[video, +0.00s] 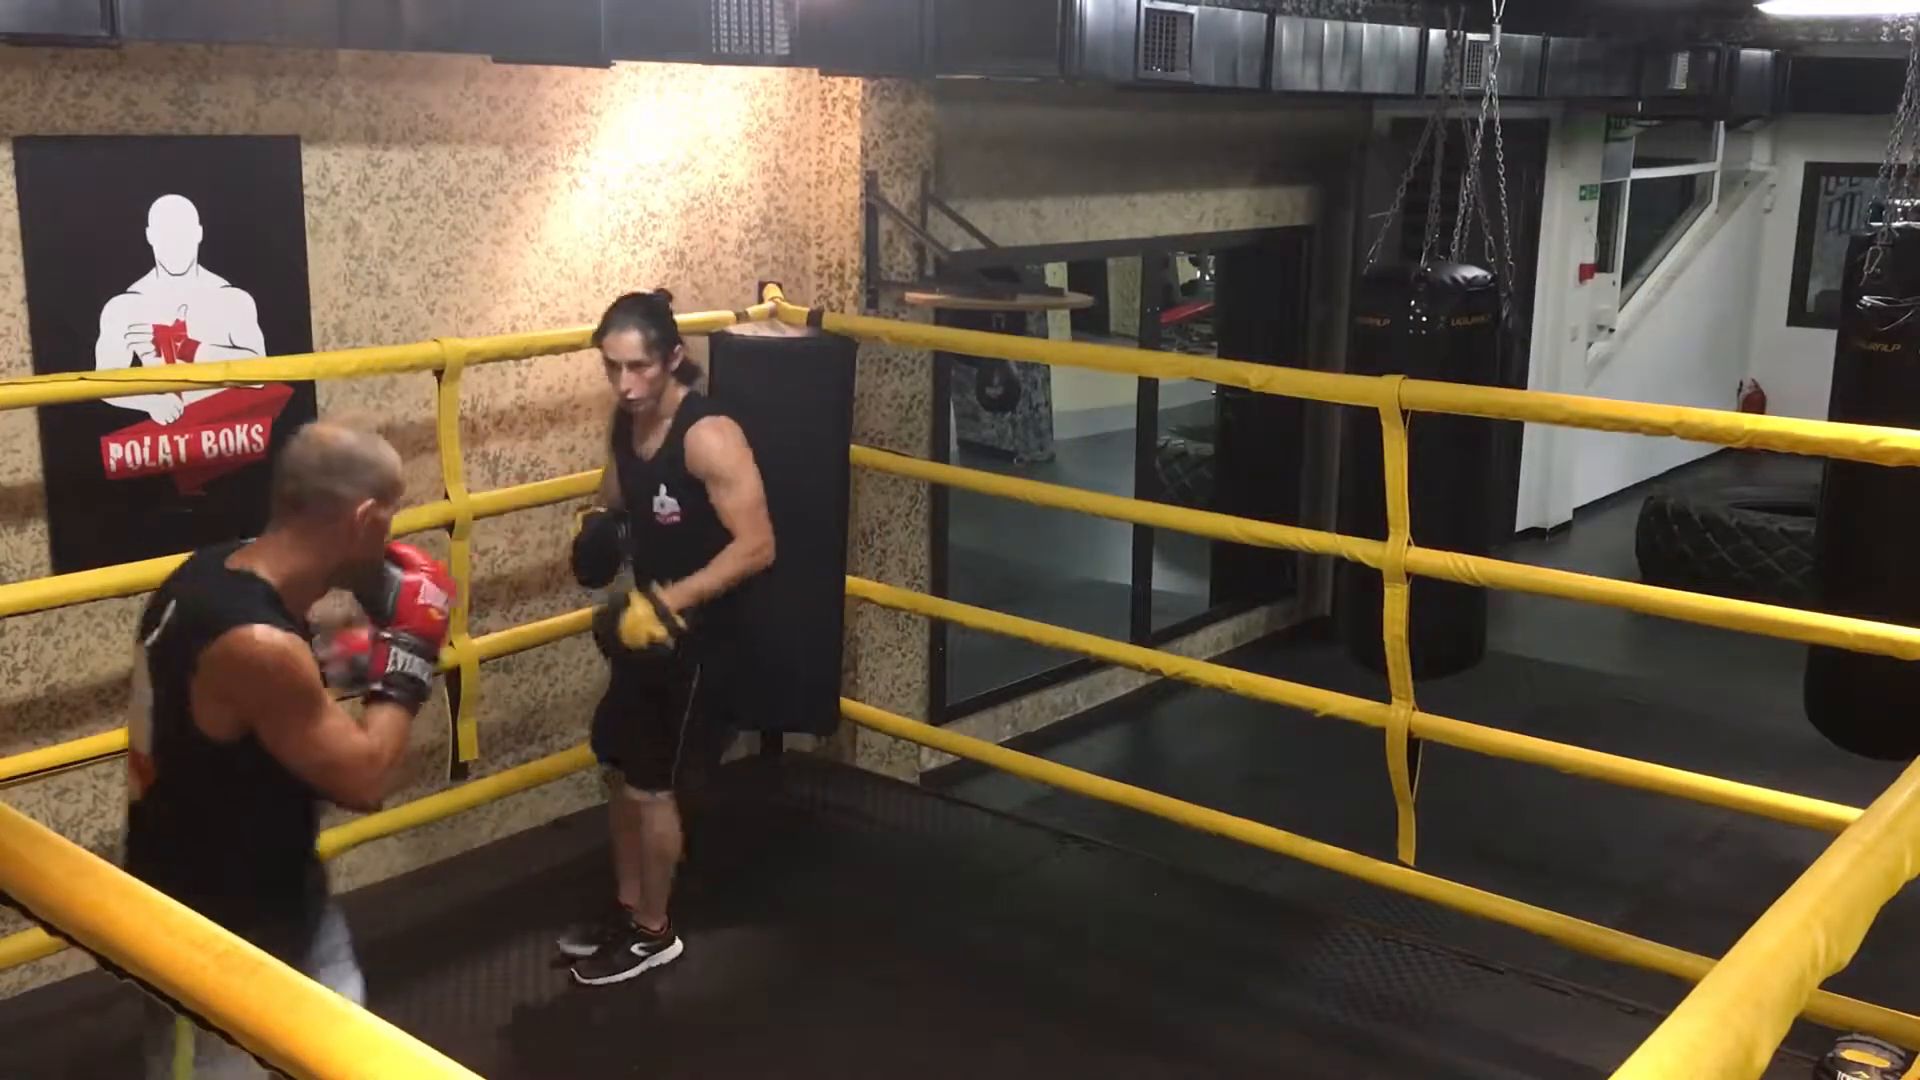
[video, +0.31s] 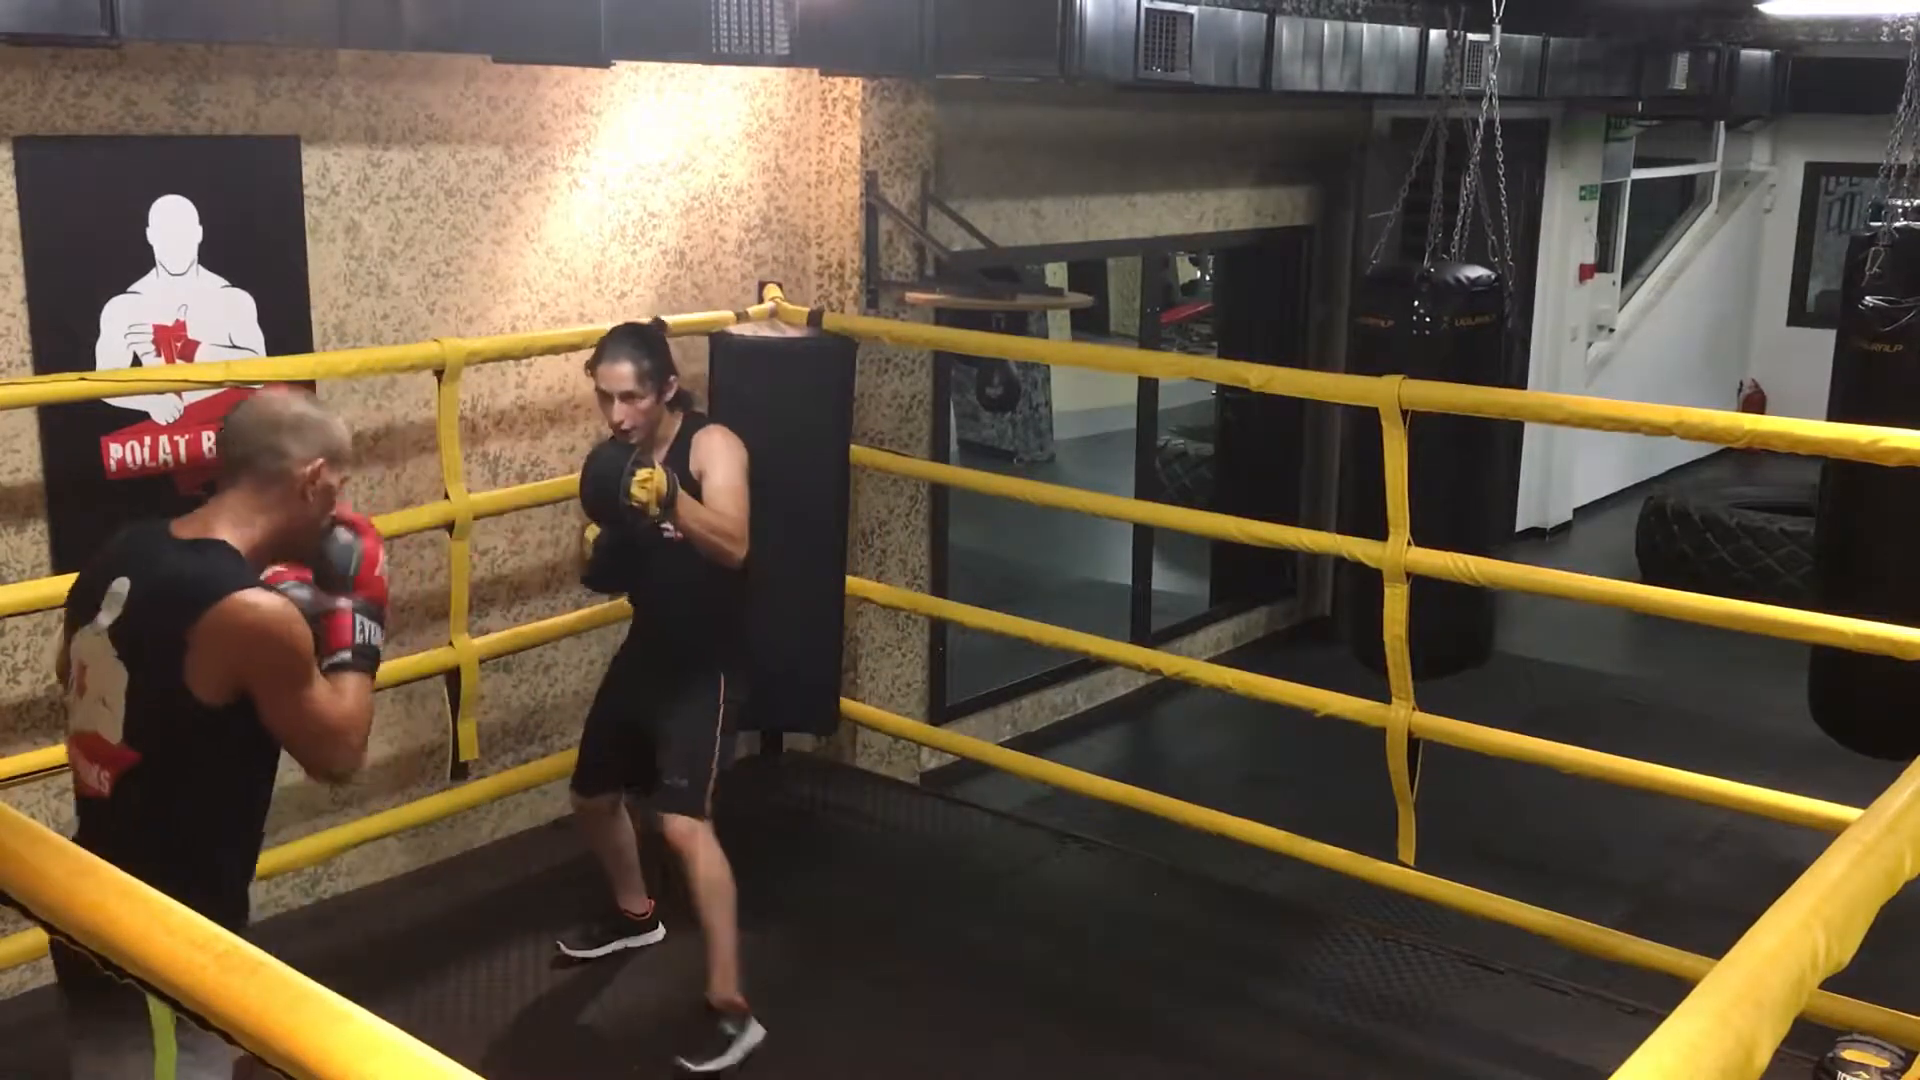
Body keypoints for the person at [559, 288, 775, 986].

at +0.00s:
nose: (626, 384)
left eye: (639, 366)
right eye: (614, 369)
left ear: (673, 358)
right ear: (606, 367)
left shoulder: (710, 435)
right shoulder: (628, 422)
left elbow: (758, 544)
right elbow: (617, 506)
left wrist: (667, 599)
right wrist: (596, 537)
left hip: (703, 636)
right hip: (648, 623)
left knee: (654, 780)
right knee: (620, 764)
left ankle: (655, 932)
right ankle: (629, 913)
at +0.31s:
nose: (615, 415)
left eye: (628, 399)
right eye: (605, 400)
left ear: (668, 388)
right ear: (599, 396)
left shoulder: (715, 446)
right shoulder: (614, 460)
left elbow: (733, 545)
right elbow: (609, 565)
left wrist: (665, 498)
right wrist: (607, 544)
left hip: (709, 653)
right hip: (646, 646)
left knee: (681, 818)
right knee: (595, 791)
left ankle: (730, 1005)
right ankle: (635, 912)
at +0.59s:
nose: (628, 431)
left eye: (640, 413)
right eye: (620, 415)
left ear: (686, 403)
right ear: (618, 411)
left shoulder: (742, 461)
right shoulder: (647, 477)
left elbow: (740, 563)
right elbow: (637, 599)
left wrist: (663, 505)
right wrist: (626, 562)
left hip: (742, 684)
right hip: (681, 675)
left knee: (737, 867)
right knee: (638, 808)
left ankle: (762, 1038)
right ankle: (676, 923)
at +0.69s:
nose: (632, 430)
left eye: (645, 411)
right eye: (623, 413)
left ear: (692, 398)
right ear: (619, 407)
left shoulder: (748, 459)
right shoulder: (653, 473)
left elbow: (742, 563)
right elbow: (637, 594)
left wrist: (663, 499)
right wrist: (629, 550)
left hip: (754, 688)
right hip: (691, 678)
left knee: (730, 875)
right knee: (655, 838)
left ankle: (764, 1038)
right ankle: (761, 964)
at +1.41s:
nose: (679, 453)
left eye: (691, 438)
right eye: (674, 438)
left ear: (747, 430)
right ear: (727, 429)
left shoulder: (809, 495)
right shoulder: (709, 490)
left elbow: (793, 627)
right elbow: (695, 612)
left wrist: (701, 573)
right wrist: (662, 579)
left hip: (798, 721)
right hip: (738, 711)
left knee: (766, 917)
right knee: (758, 862)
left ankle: (808, 1073)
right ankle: (816, 976)